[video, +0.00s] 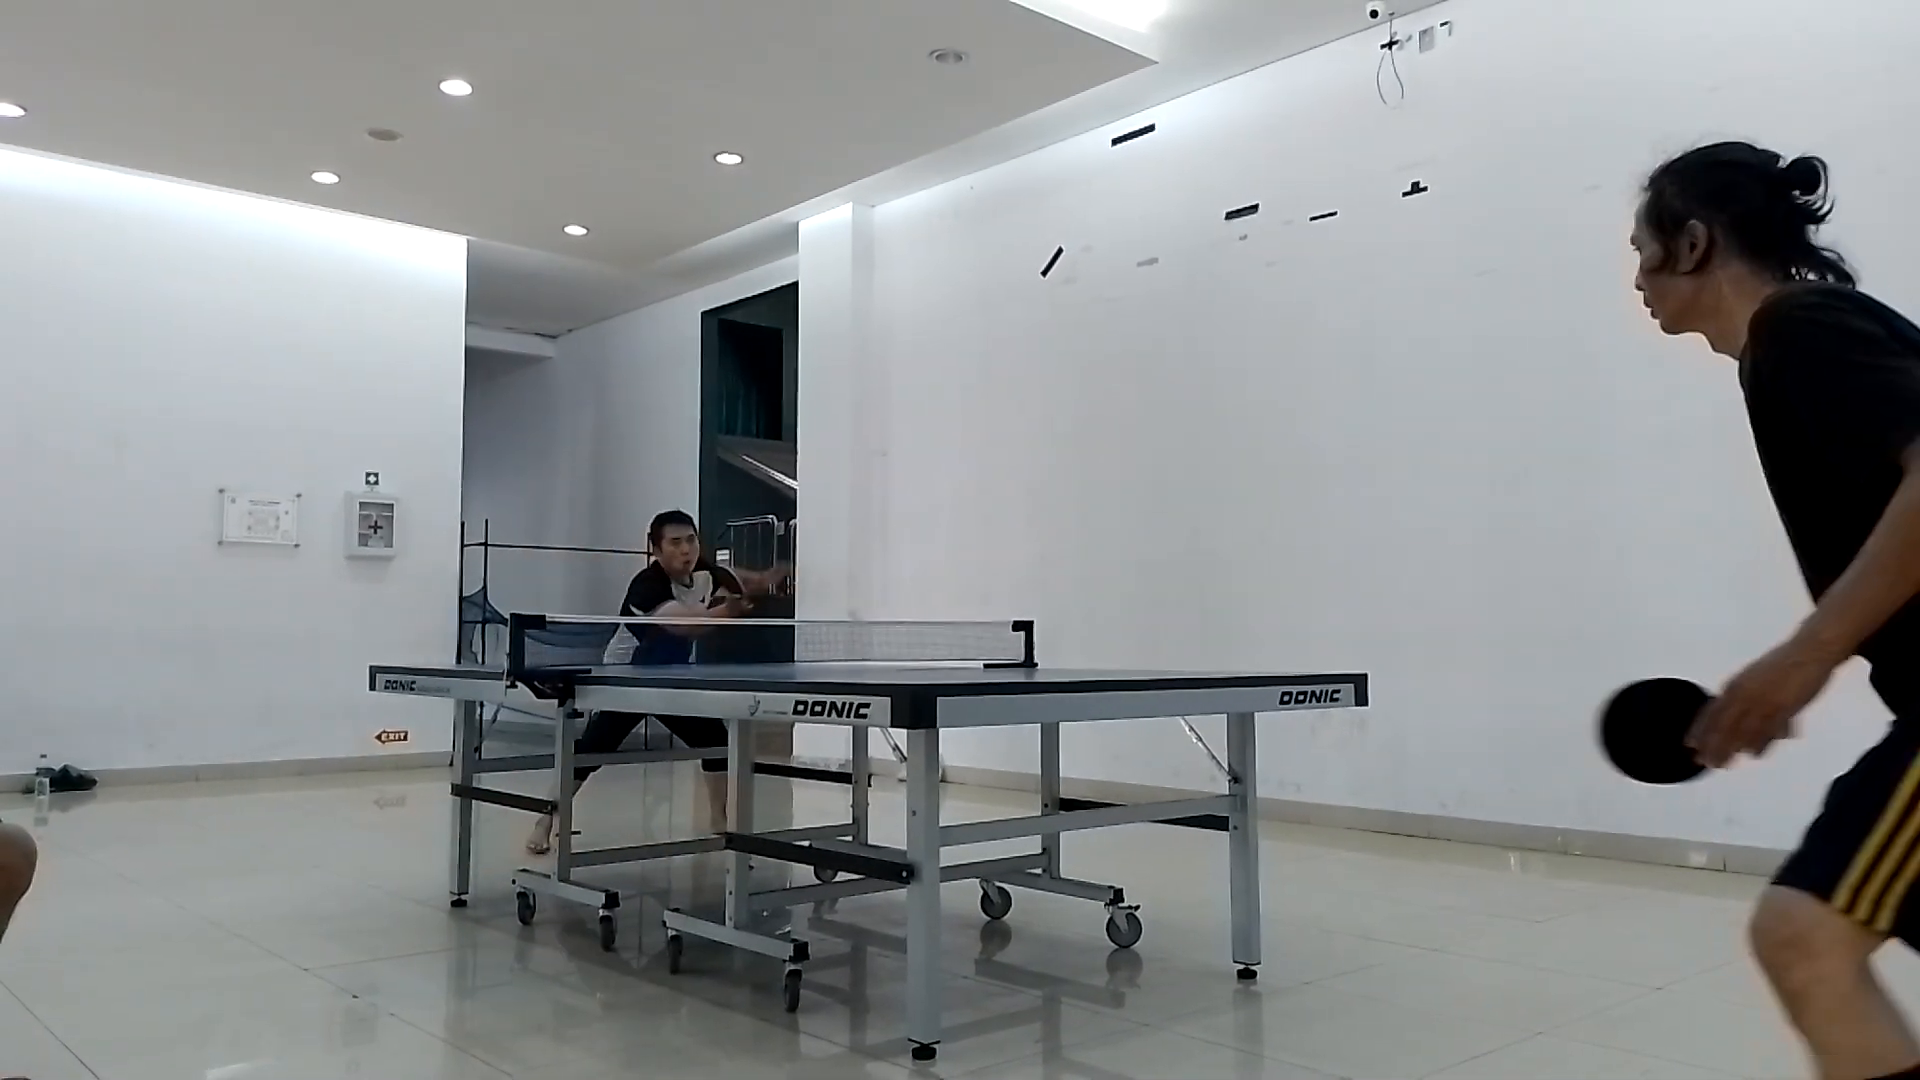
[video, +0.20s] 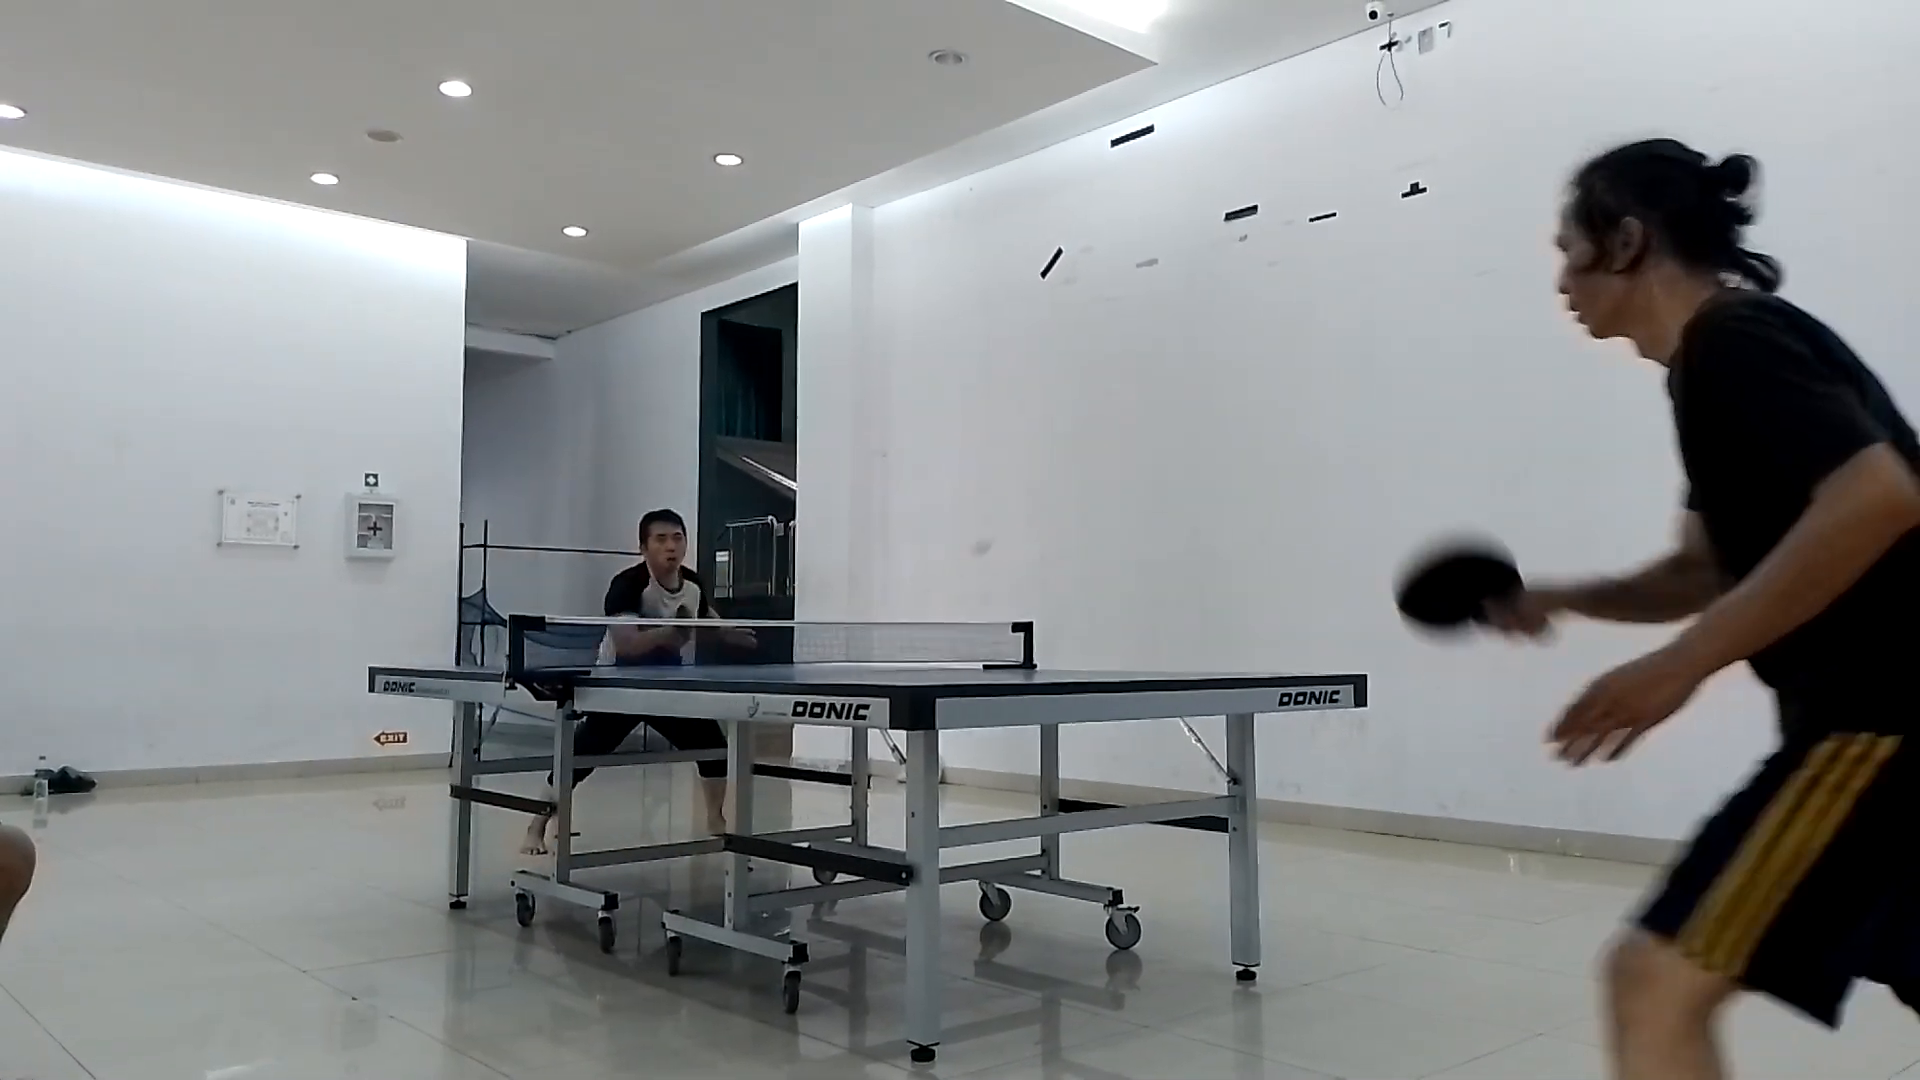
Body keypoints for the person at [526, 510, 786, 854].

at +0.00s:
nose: (687, 550)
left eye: (691, 541)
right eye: (676, 543)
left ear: (698, 544)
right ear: (657, 550)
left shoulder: (710, 576)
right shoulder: (646, 585)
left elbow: (746, 583)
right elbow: (683, 623)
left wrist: (772, 579)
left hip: (673, 685)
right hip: (626, 686)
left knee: (716, 741)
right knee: (595, 748)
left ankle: (720, 821)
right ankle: (548, 819)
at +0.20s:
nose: (671, 546)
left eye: (677, 538)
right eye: (661, 539)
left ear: (685, 545)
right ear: (644, 547)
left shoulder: (695, 586)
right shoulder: (626, 585)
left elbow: (704, 627)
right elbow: (625, 648)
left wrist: (726, 634)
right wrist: (667, 635)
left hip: (669, 693)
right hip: (619, 693)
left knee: (714, 748)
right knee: (583, 756)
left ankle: (716, 822)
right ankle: (537, 825)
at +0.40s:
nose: (680, 523)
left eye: (686, 515)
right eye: (670, 518)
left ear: (697, 523)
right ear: (656, 529)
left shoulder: (722, 566)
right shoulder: (642, 570)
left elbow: (757, 601)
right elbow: (619, 627)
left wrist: (738, 610)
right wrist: (633, 630)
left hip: (705, 681)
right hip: (654, 680)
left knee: (728, 752)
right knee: (608, 745)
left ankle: (720, 823)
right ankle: (560, 818)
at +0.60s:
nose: (686, 513)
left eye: (693, 506)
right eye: (677, 508)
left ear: (705, 514)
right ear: (665, 520)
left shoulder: (732, 553)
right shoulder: (656, 564)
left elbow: (775, 586)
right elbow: (641, 610)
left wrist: (747, 603)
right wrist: (644, 613)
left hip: (743, 669)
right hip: (687, 672)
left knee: (776, 743)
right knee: (659, 751)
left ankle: (785, 817)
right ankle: (663, 824)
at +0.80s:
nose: (701, 533)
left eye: (708, 525)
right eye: (692, 528)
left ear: (723, 532)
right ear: (684, 538)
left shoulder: (746, 565)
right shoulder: (679, 582)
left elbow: (771, 595)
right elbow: (663, 637)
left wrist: (724, 618)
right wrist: (656, 635)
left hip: (758, 683)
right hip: (706, 685)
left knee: (797, 750)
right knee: (656, 742)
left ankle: (820, 824)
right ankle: (656, 817)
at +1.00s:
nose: (673, 545)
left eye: (680, 535)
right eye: (665, 539)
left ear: (701, 538)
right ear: (660, 545)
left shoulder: (722, 565)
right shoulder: (660, 587)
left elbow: (710, 598)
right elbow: (650, 636)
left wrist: (648, 613)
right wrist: (626, 640)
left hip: (748, 680)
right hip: (694, 684)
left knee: (776, 739)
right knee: (645, 736)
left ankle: (816, 806)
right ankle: (614, 824)